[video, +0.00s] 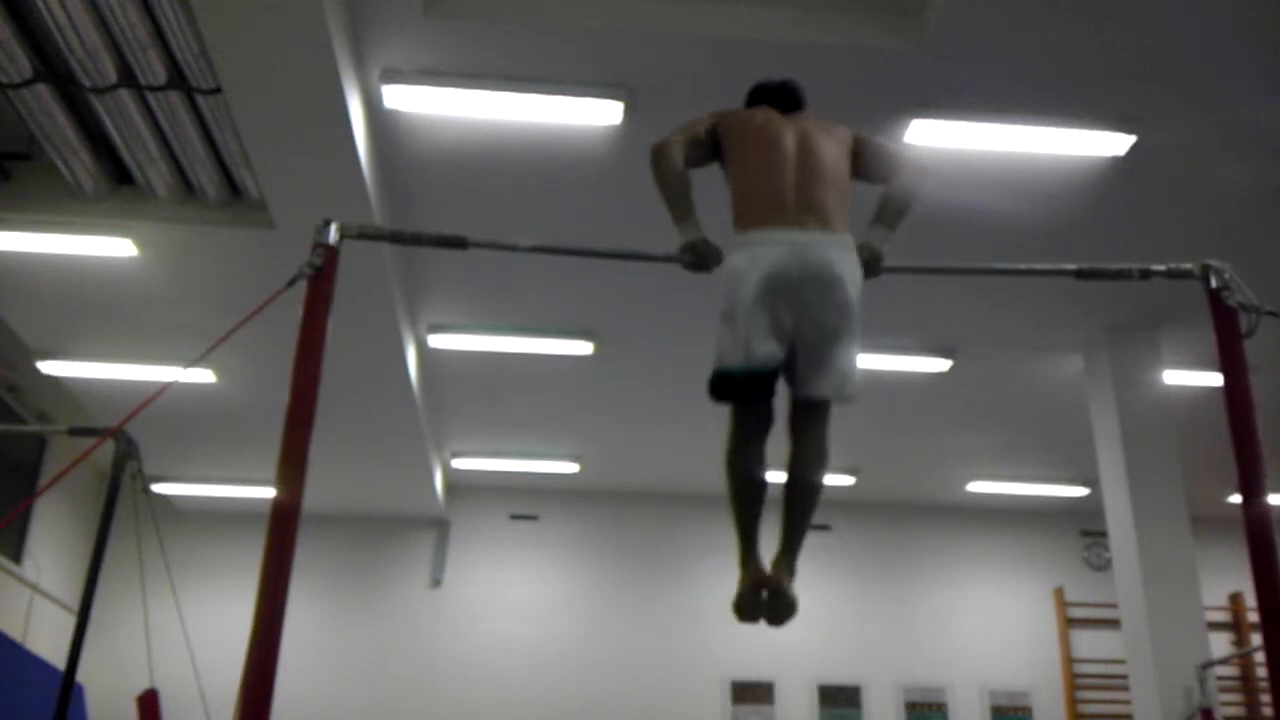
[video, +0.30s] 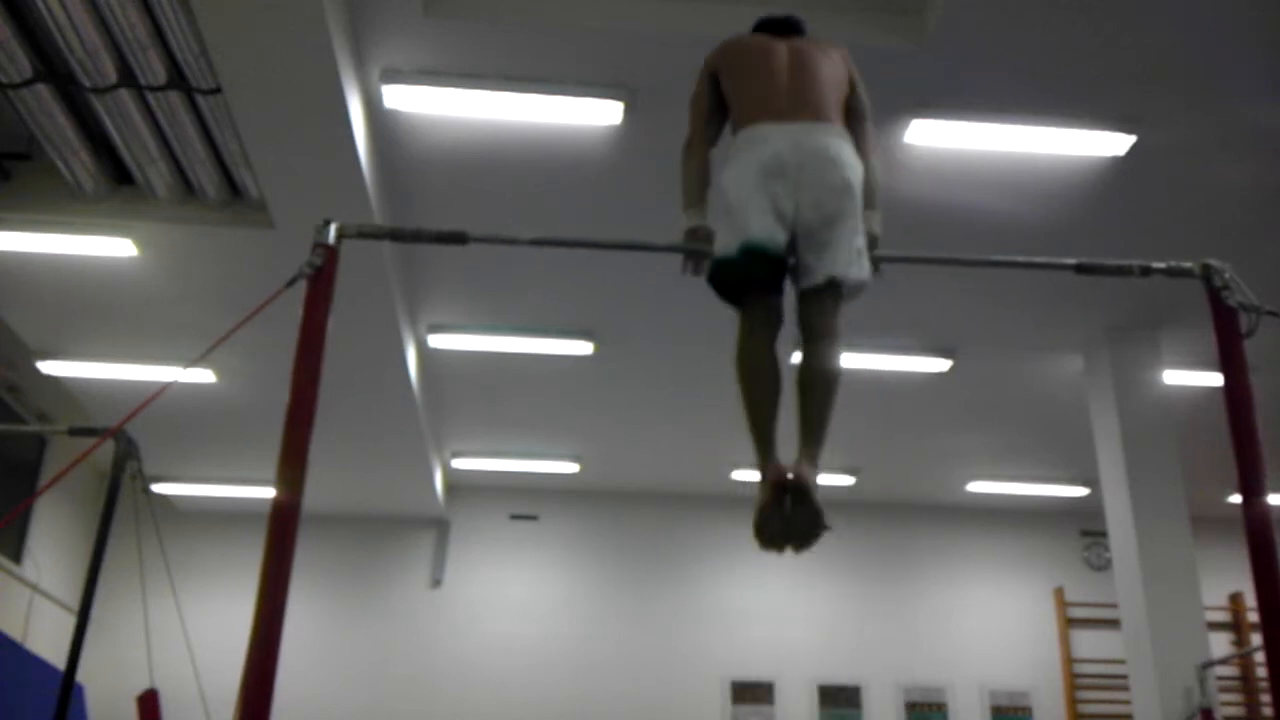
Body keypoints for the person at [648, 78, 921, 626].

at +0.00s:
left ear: (749, 108)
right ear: (805, 109)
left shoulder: (732, 124)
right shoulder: (838, 135)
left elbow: (667, 152)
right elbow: (906, 178)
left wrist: (688, 232)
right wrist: (876, 241)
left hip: (757, 257)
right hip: (831, 258)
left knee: (749, 425)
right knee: (811, 427)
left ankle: (752, 569)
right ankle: (785, 573)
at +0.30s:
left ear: (753, 34)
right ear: (807, 36)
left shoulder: (725, 55)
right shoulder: (838, 58)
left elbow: (699, 141)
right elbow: (862, 146)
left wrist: (694, 219)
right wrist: (871, 223)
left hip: (751, 152)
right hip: (830, 153)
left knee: (758, 326)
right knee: (822, 333)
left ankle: (770, 470)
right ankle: (807, 470)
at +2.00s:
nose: (780, 149)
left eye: (778, 139)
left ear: (773, 138)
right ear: (836, 138)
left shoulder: (749, 185)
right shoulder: (872, 201)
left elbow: (671, 261)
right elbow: (931, 277)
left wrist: (712, 236)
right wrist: (876, 234)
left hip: (755, 395)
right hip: (828, 402)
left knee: (739, 494)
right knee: (794, 498)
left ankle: (732, 585)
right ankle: (760, 592)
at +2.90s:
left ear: (752, 55)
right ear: (808, 56)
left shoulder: (730, 73)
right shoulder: (841, 79)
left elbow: (695, 145)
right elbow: (867, 153)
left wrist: (695, 221)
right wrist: (870, 218)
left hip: (765, 166)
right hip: (844, 173)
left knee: (778, 320)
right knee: (846, 323)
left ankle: (800, 458)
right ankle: (846, 449)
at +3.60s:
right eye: (807, 282)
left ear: (761, 288)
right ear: (823, 292)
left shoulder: (731, 349)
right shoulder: (851, 361)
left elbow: (673, 344)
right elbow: (891, 348)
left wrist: (688, 278)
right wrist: (879, 285)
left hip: (738, 571)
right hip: (816, 574)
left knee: (711, 709)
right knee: (824, 713)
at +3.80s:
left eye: (760, 371)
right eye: (800, 369)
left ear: (752, 382)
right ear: (810, 382)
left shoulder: (727, 435)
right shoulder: (835, 441)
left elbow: (678, 358)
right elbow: (880, 363)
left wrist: (690, 276)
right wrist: (876, 286)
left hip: (726, 643)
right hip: (803, 645)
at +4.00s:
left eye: (757, 383)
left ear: (750, 397)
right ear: (809, 398)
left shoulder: (729, 445)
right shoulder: (832, 451)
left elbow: (681, 365)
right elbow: (877, 371)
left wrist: (691, 277)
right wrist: (874, 288)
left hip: (727, 650)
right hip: (803, 653)